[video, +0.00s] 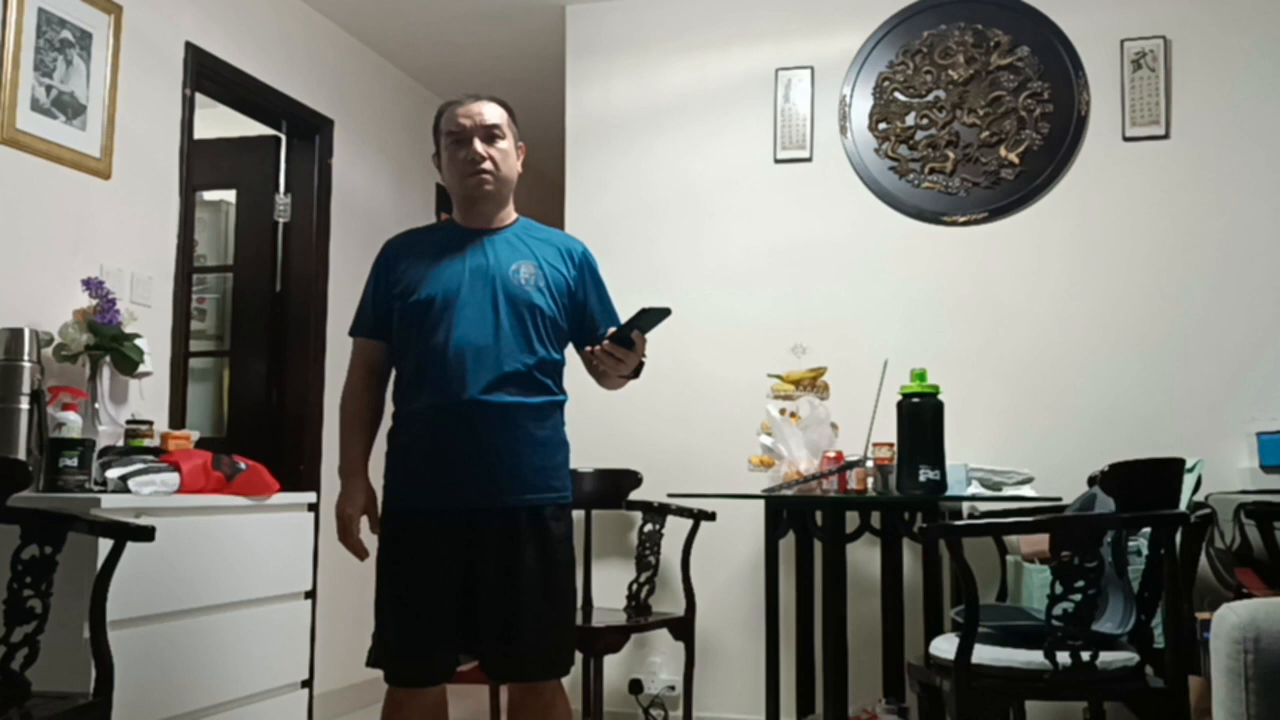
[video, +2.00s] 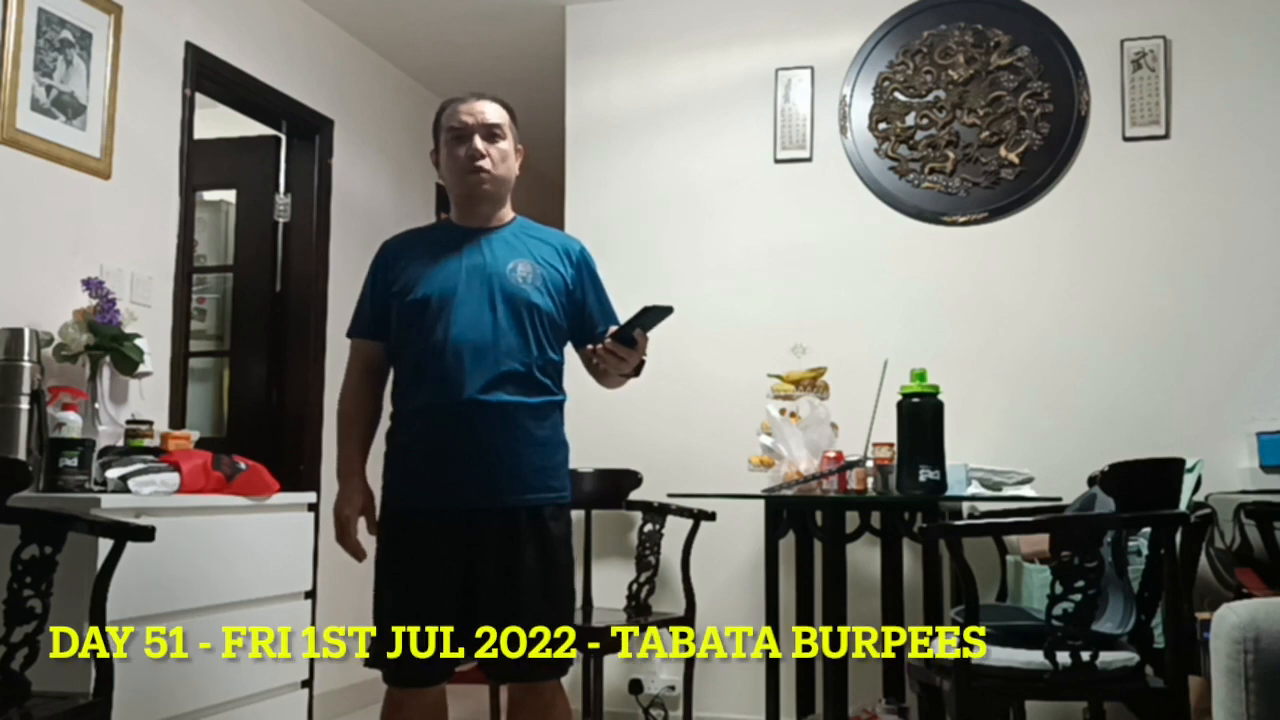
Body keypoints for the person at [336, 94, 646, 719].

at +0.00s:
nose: (476, 148)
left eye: (491, 135)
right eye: (458, 140)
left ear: (520, 157)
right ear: (439, 165)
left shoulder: (565, 254)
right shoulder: (402, 255)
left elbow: (606, 362)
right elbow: (366, 373)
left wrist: (622, 366)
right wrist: (353, 475)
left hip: (529, 496)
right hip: (422, 496)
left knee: (535, 681)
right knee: (413, 682)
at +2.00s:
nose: (476, 146)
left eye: (492, 134)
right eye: (459, 137)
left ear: (519, 158)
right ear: (437, 161)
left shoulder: (564, 253)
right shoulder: (400, 255)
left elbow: (604, 363)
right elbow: (365, 373)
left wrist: (622, 364)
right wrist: (351, 475)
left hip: (528, 496)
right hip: (421, 496)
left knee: (536, 681)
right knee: (411, 682)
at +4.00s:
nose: (477, 146)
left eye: (493, 135)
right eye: (460, 137)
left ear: (519, 159)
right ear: (437, 161)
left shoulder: (563, 253)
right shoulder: (400, 256)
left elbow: (603, 362)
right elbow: (365, 375)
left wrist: (622, 362)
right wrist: (352, 476)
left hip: (528, 496)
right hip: (421, 496)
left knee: (536, 680)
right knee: (412, 681)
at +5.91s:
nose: (509, 182)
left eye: (523, 163)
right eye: (490, 161)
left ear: (538, 167)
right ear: (449, 161)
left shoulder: (567, 266)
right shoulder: (394, 258)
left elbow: (615, 376)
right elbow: (342, 368)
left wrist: (632, 383)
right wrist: (334, 470)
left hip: (525, 516)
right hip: (411, 510)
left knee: (561, 695)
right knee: (393, 695)